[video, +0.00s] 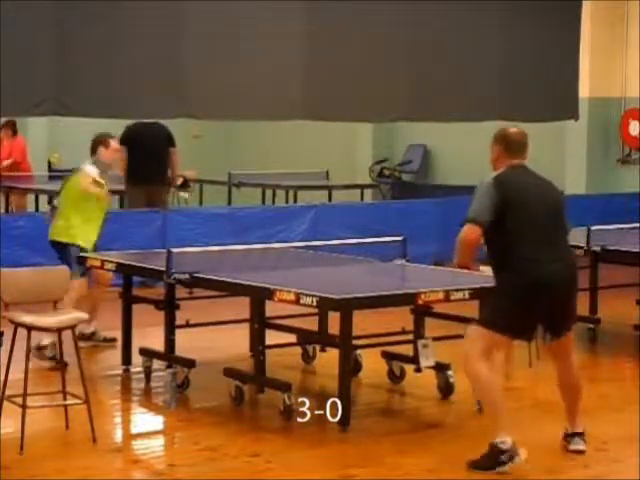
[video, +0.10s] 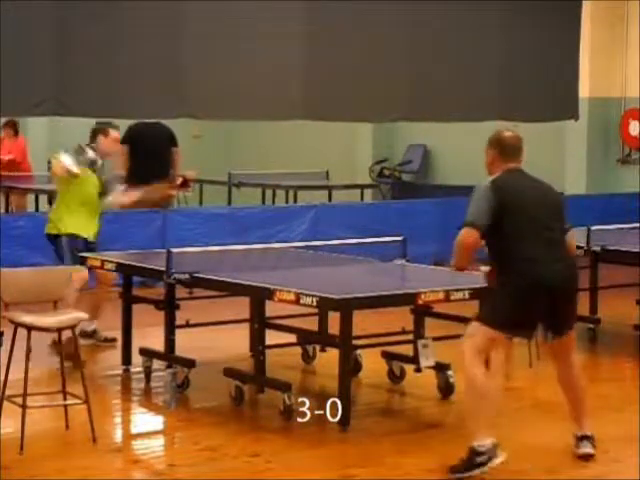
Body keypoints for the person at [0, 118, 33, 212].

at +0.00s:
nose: (5, 133)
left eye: (7, 130)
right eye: (4, 130)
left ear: (12, 130)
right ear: (2, 130)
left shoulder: (18, 141)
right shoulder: (4, 141)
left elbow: (17, 158)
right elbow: (3, 156)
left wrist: (5, 163)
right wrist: (4, 162)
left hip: (20, 177)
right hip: (8, 176)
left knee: (19, 205)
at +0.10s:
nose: (6, 132)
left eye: (9, 129)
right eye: (5, 129)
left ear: (14, 130)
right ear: (3, 130)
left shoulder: (19, 141)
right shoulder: (3, 141)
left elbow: (18, 157)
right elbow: (2, 154)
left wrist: (5, 158)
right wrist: (6, 158)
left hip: (20, 176)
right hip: (7, 176)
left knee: (19, 204)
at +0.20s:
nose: (7, 132)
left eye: (10, 129)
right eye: (6, 129)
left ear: (15, 130)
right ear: (4, 130)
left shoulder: (22, 140)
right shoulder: (3, 140)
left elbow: (22, 156)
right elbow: (2, 154)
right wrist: (12, 156)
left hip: (21, 175)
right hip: (6, 175)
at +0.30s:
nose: (8, 132)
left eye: (10, 129)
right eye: (6, 129)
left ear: (15, 130)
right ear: (4, 130)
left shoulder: (22, 140)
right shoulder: (3, 141)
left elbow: (25, 156)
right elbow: (2, 156)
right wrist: (7, 159)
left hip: (19, 175)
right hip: (5, 175)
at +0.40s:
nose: (8, 132)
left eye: (11, 129)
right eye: (6, 129)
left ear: (16, 130)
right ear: (4, 130)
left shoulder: (22, 141)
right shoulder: (3, 141)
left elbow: (23, 157)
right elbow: (2, 156)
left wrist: (11, 167)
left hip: (19, 171)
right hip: (4, 170)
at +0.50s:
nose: (10, 132)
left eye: (13, 129)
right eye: (8, 129)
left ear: (17, 130)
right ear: (5, 130)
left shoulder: (23, 142)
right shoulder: (2, 141)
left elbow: (26, 159)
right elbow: (1, 158)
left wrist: (19, 171)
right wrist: (2, 171)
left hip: (18, 174)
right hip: (4, 174)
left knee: (16, 191)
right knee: (4, 191)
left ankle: (17, 213)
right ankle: (5, 212)